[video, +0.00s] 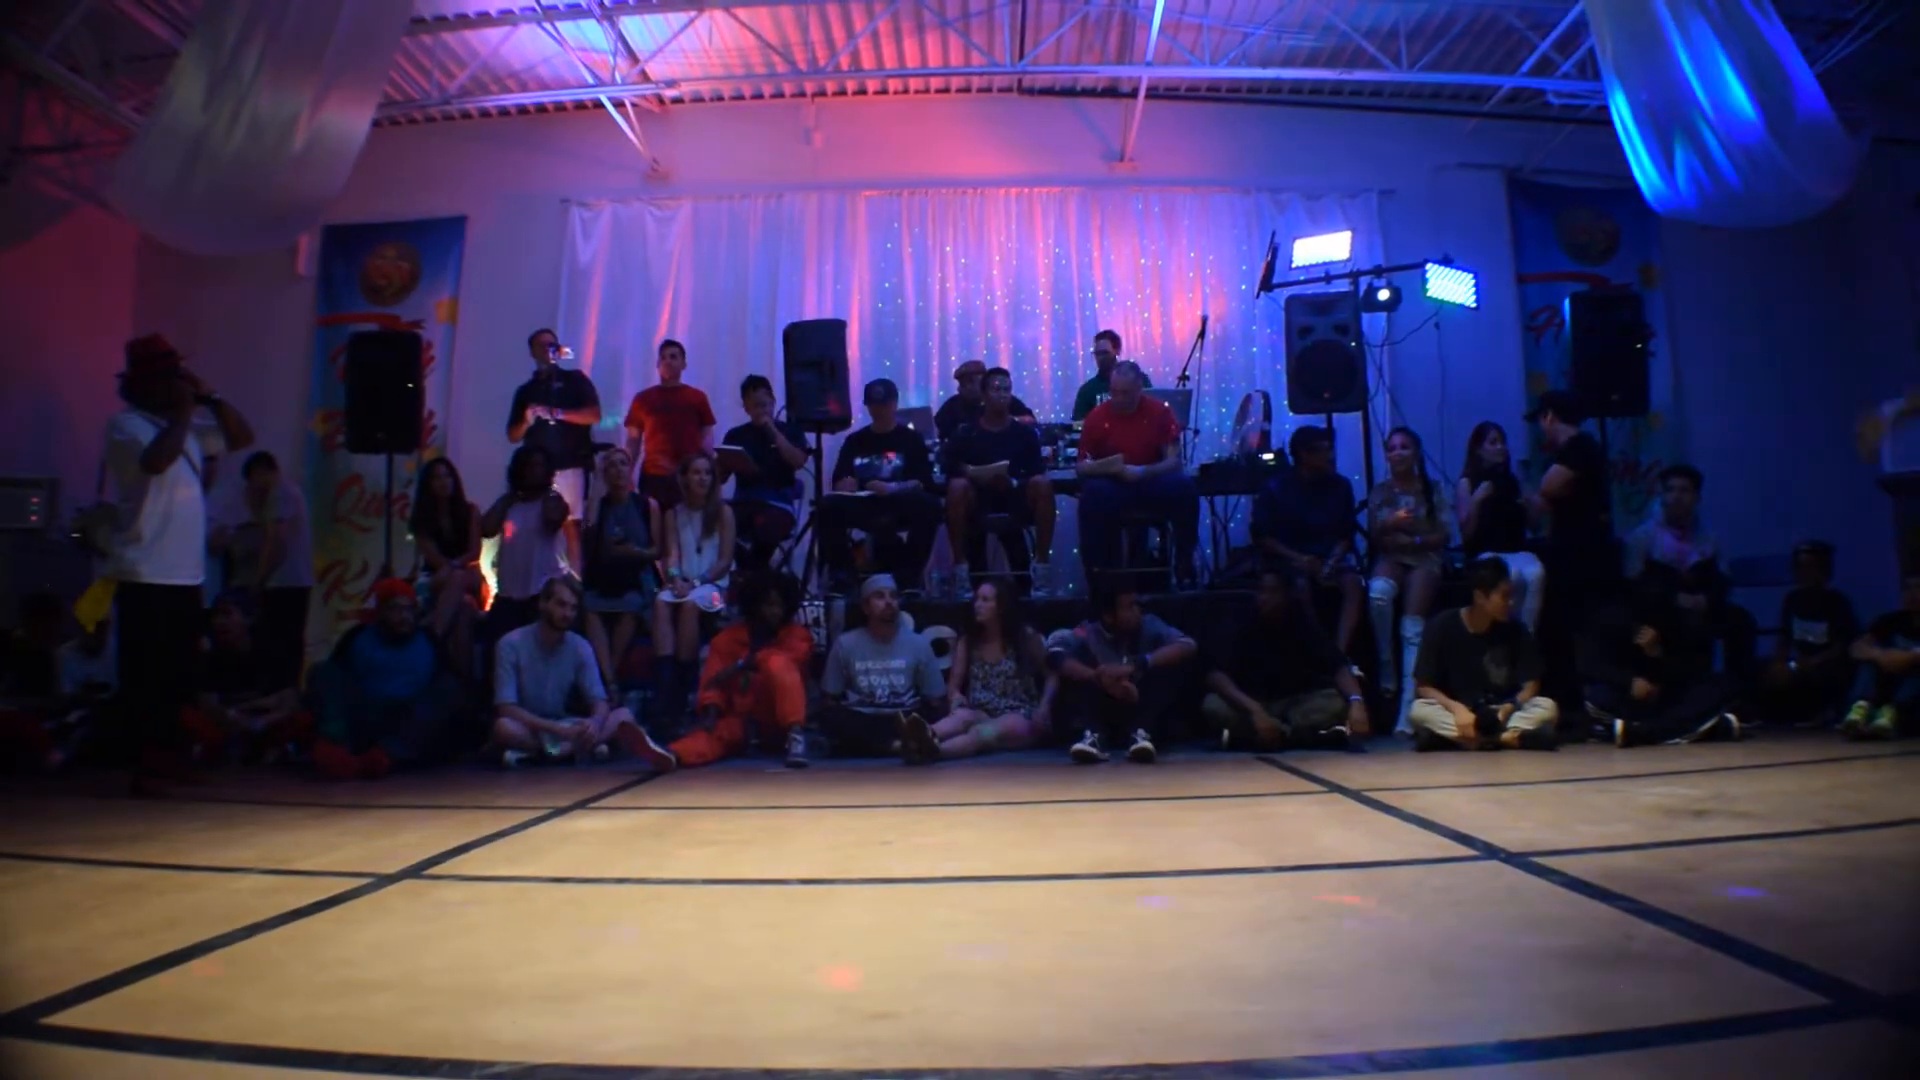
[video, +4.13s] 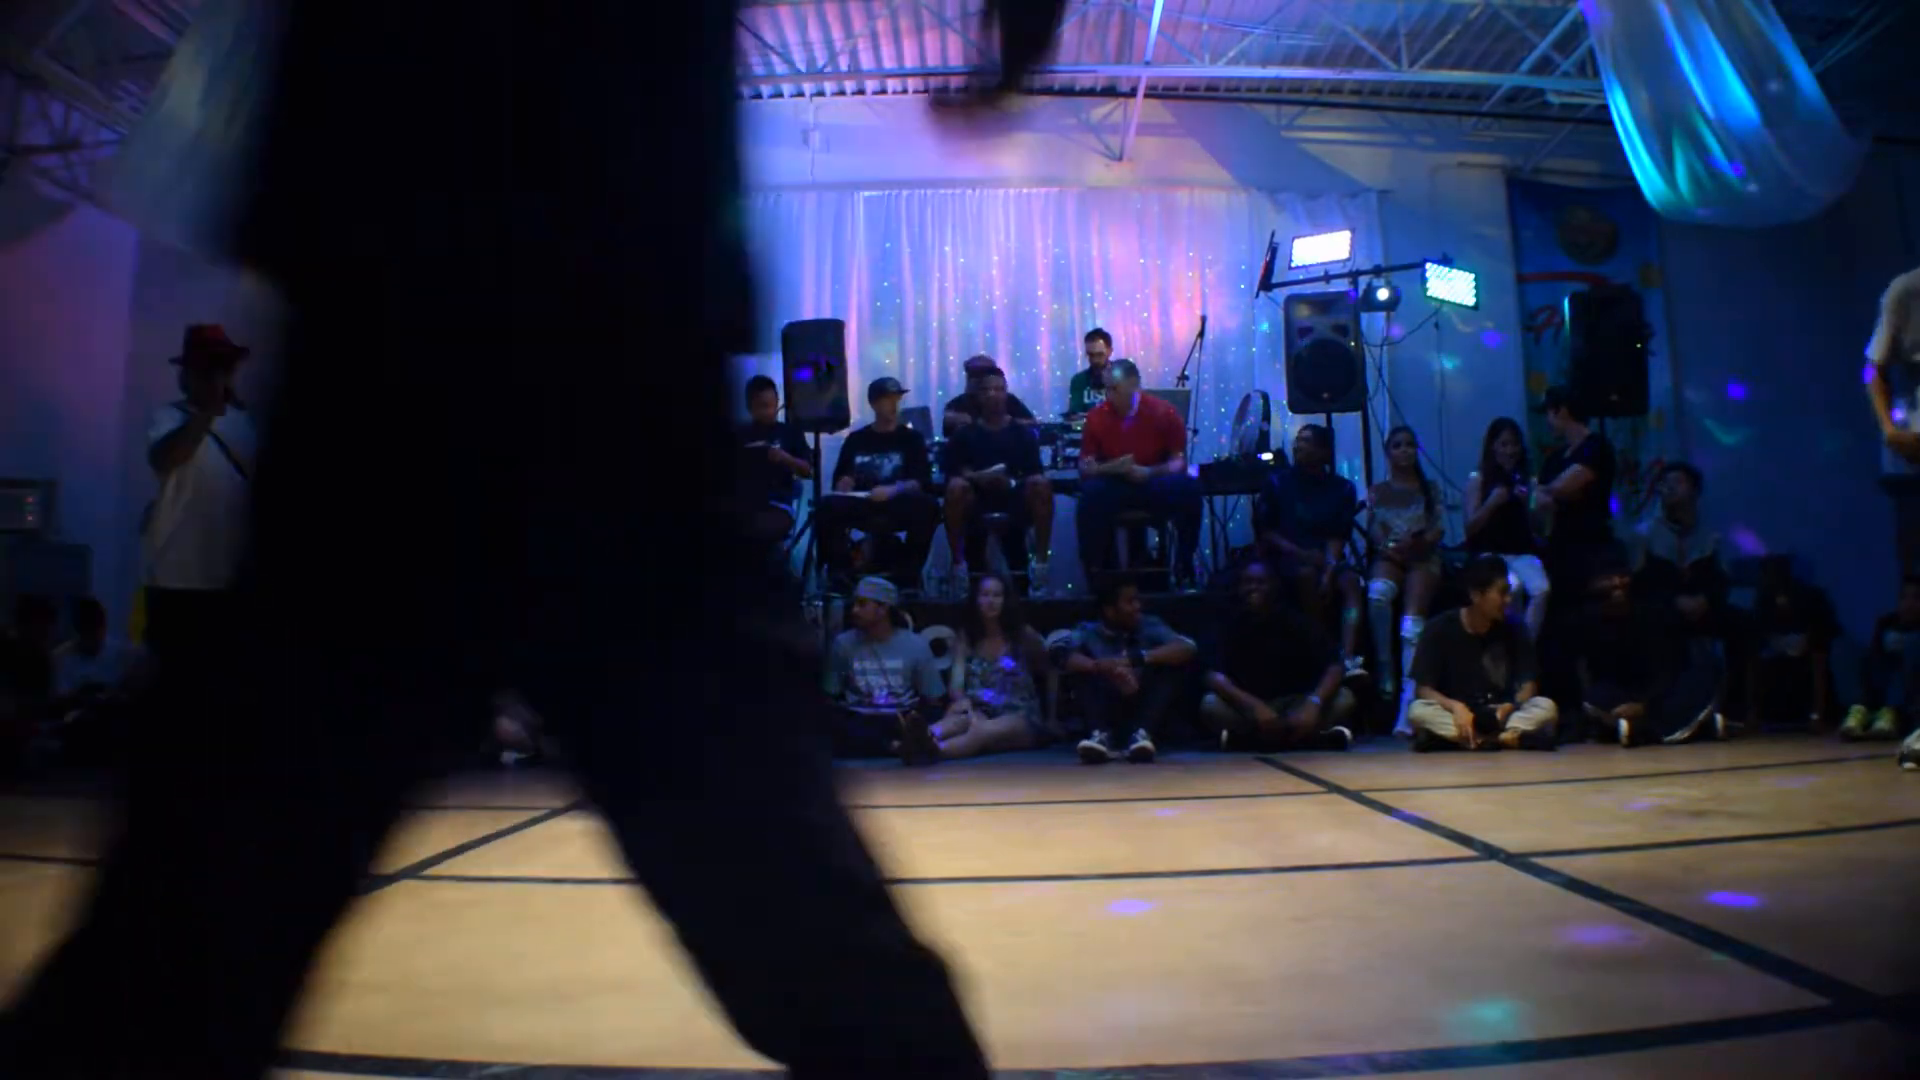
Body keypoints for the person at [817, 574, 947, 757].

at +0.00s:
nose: (888, 602)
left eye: (892, 596)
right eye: (880, 597)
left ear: (898, 602)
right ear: (866, 605)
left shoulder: (917, 645)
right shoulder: (846, 645)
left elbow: (936, 702)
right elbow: (829, 699)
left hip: (905, 716)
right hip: (860, 717)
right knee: (831, 718)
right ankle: (894, 744)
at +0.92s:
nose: (887, 603)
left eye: (891, 597)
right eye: (878, 598)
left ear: (898, 602)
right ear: (865, 606)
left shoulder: (916, 644)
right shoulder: (845, 645)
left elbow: (936, 701)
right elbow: (829, 699)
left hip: (908, 717)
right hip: (863, 717)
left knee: (964, 714)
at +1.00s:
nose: (886, 603)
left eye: (891, 596)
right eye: (878, 598)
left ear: (897, 601)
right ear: (864, 605)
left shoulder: (916, 645)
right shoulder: (845, 645)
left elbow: (937, 702)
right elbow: (829, 701)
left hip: (908, 721)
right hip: (862, 722)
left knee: (964, 714)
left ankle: (925, 747)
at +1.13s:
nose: (887, 603)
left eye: (892, 597)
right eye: (879, 597)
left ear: (898, 602)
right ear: (865, 606)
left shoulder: (916, 645)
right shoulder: (845, 645)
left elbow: (937, 702)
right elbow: (828, 698)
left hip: (906, 716)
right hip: (860, 717)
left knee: (964, 713)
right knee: (829, 716)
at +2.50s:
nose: (863, 606)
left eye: (870, 599)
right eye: (862, 599)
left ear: (891, 605)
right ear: (858, 602)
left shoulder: (916, 645)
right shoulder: (845, 644)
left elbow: (934, 699)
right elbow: (830, 692)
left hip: (903, 715)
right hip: (859, 716)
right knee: (828, 717)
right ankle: (893, 746)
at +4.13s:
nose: (855, 611)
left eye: (862, 604)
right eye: (855, 604)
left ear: (882, 609)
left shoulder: (914, 645)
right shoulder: (844, 644)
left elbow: (934, 699)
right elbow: (831, 696)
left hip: (904, 717)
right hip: (860, 717)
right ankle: (893, 746)